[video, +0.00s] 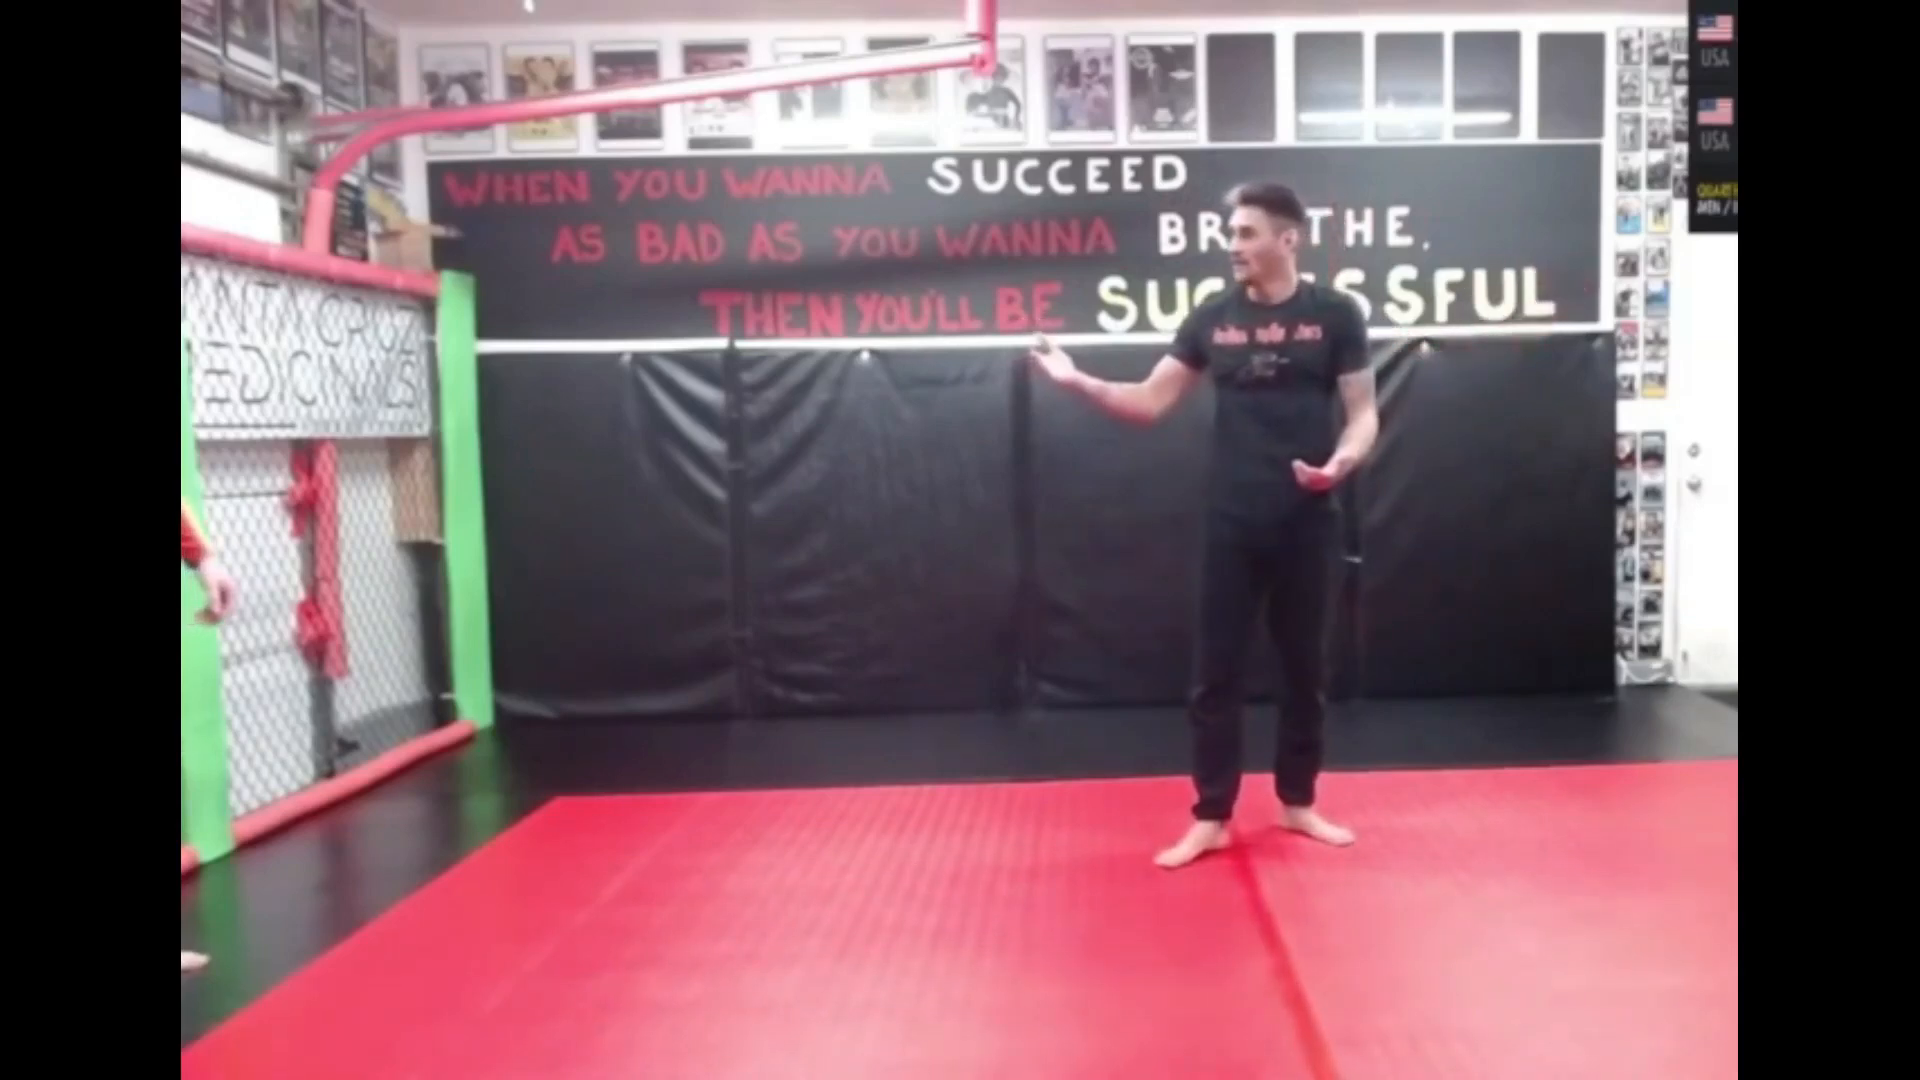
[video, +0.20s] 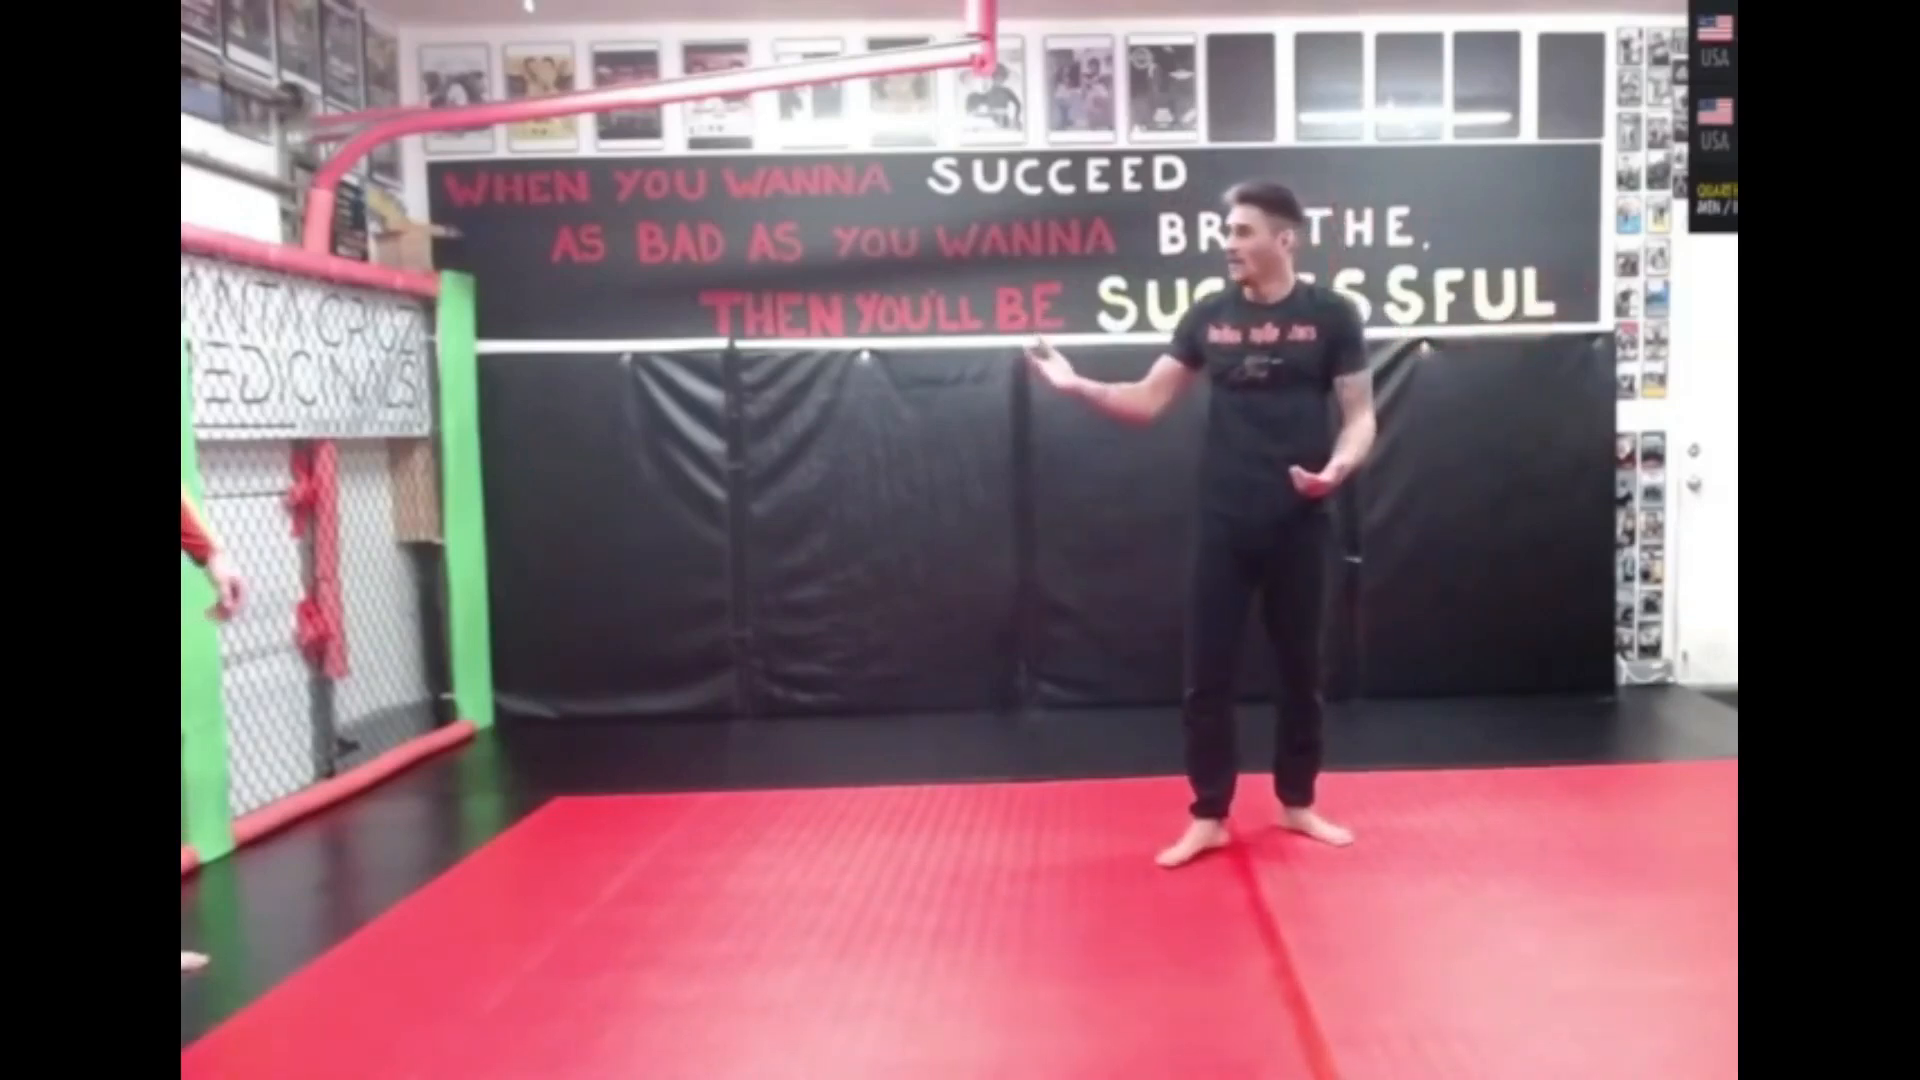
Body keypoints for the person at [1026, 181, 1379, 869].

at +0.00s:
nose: (1235, 245)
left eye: (1248, 233)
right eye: (1232, 234)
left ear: (1290, 238)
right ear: (1232, 240)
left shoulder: (1335, 315)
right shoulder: (1215, 317)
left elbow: (1363, 415)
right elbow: (1150, 400)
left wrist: (1340, 461)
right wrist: (1075, 379)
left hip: (1308, 515)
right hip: (1232, 514)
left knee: (1306, 666)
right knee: (1216, 669)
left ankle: (1298, 802)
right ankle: (1212, 817)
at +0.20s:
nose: (1230, 243)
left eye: (1244, 232)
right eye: (1228, 232)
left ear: (1286, 238)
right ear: (1230, 239)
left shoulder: (1332, 316)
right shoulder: (1211, 316)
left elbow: (1359, 418)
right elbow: (1148, 400)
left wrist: (1335, 469)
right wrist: (1074, 383)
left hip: (1300, 516)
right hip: (1224, 515)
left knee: (1300, 665)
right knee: (1207, 669)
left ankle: (1298, 803)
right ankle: (1209, 816)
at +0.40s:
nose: (1207, 243)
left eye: (1222, 232)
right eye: (1207, 231)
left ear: (1264, 242)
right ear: (1215, 239)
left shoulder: (1307, 323)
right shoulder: (1189, 319)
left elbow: (1338, 426)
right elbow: (1136, 403)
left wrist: (1304, 483)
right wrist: (1076, 422)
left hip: (1272, 527)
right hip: (1192, 522)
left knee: (1292, 668)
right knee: (1151, 652)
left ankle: (1298, 805)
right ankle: (1150, 813)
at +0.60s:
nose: (1179, 252)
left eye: (1195, 240)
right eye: (1181, 239)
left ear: (1235, 256)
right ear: (1188, 253)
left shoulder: (1269, 333)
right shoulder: (1160, 334)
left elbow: (1315, 437)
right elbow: (1114, 417)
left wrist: (1274, 497)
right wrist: (1055, 457)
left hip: (1243, 536)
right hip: (1169, 532)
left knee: (1279, 673)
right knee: (1104, 658)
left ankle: (1295, 807)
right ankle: (1059, 823)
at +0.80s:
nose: (970, 295)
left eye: (987, 280)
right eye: (968, 282)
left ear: (1037, 295)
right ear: (974, 297)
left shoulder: (1082, 371)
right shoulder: (994, 383)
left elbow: (1147, 467)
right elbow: (983, 469)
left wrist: (1116, 551)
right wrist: (916, 531)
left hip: (1104, 555)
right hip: (1033, 560)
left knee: (1175, 691)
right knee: (970, 685)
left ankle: (1264, 802)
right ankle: (943, 850)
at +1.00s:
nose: (833, 368)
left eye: (840, 352)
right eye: (831, 353)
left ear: (887, 343)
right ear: (880, 348)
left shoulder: (975, 391)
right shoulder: (909, 406)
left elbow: (1017, 507)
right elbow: (931, 502)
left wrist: (988, 619)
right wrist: (923, 605)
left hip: (1050, 541)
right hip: (979, 539)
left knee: (1099, 697)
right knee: (939, 677)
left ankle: (1175, 843)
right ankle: (939, 847)